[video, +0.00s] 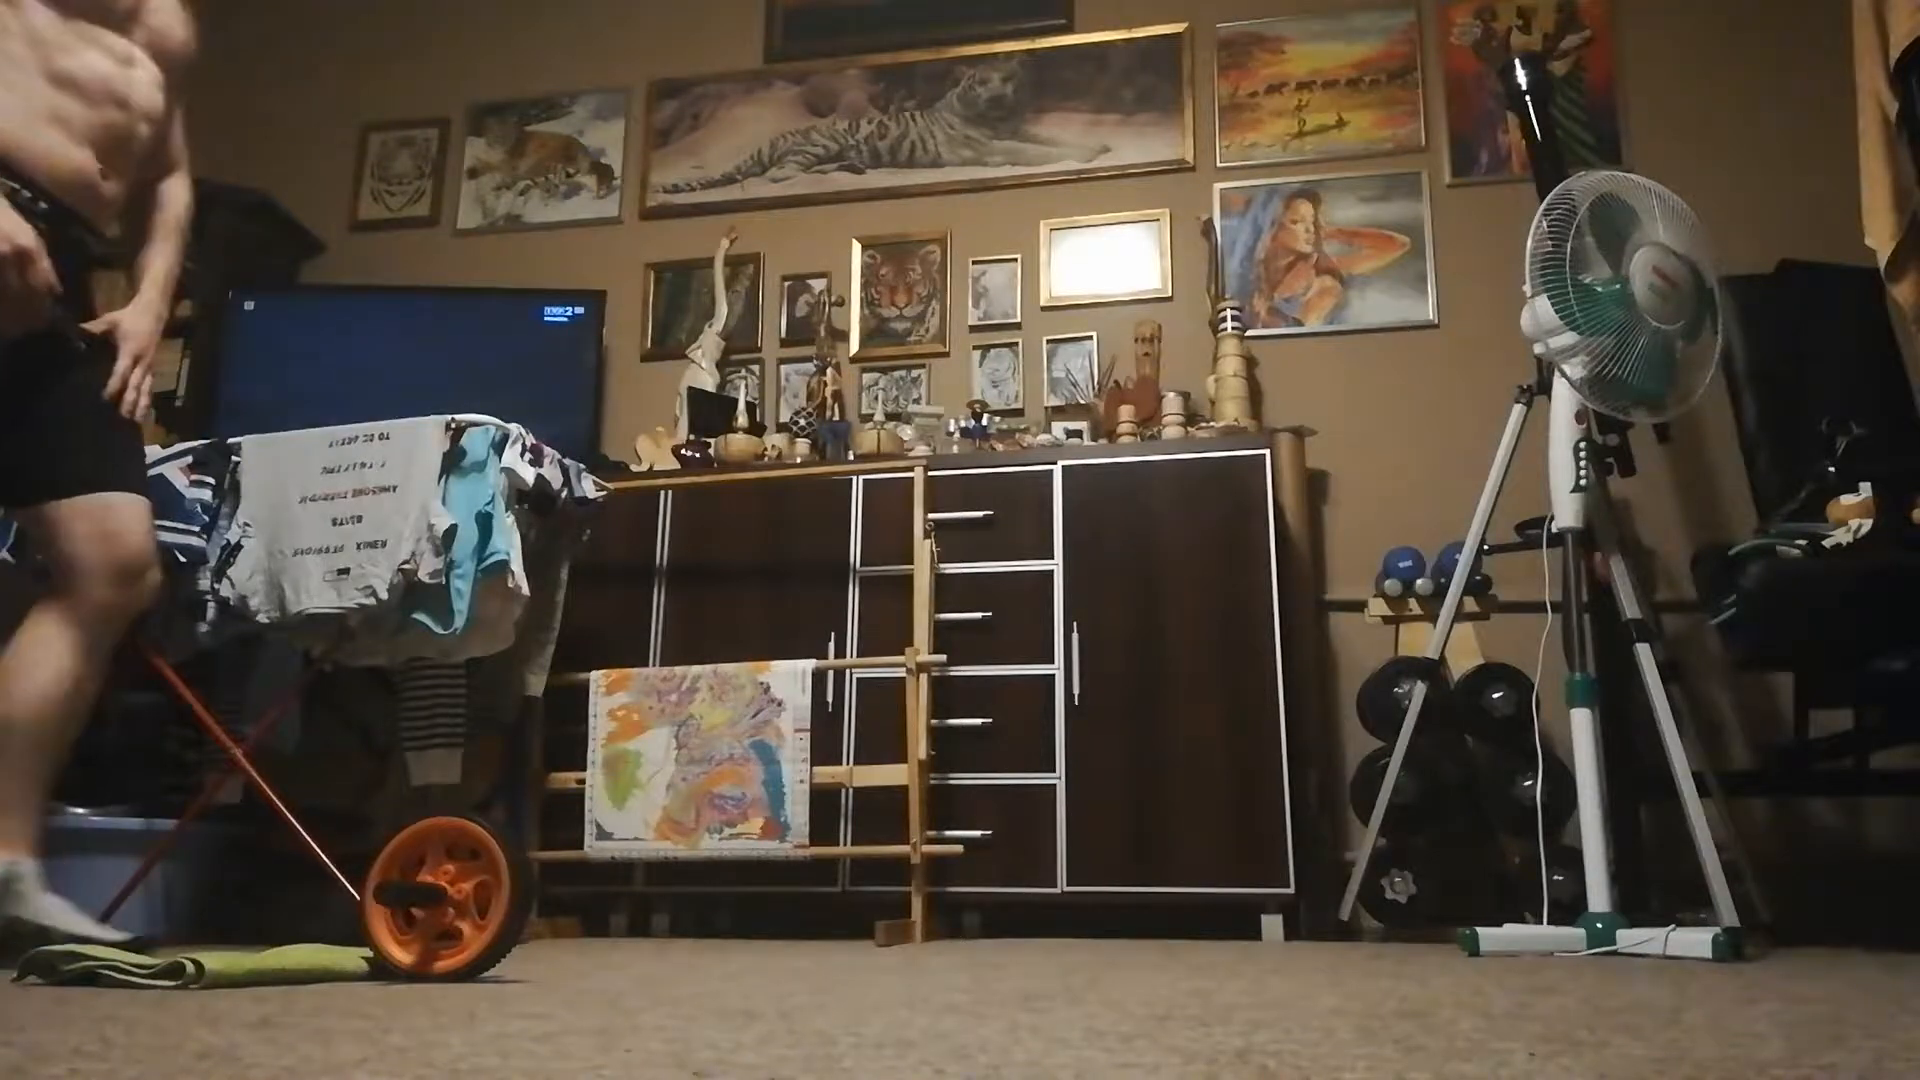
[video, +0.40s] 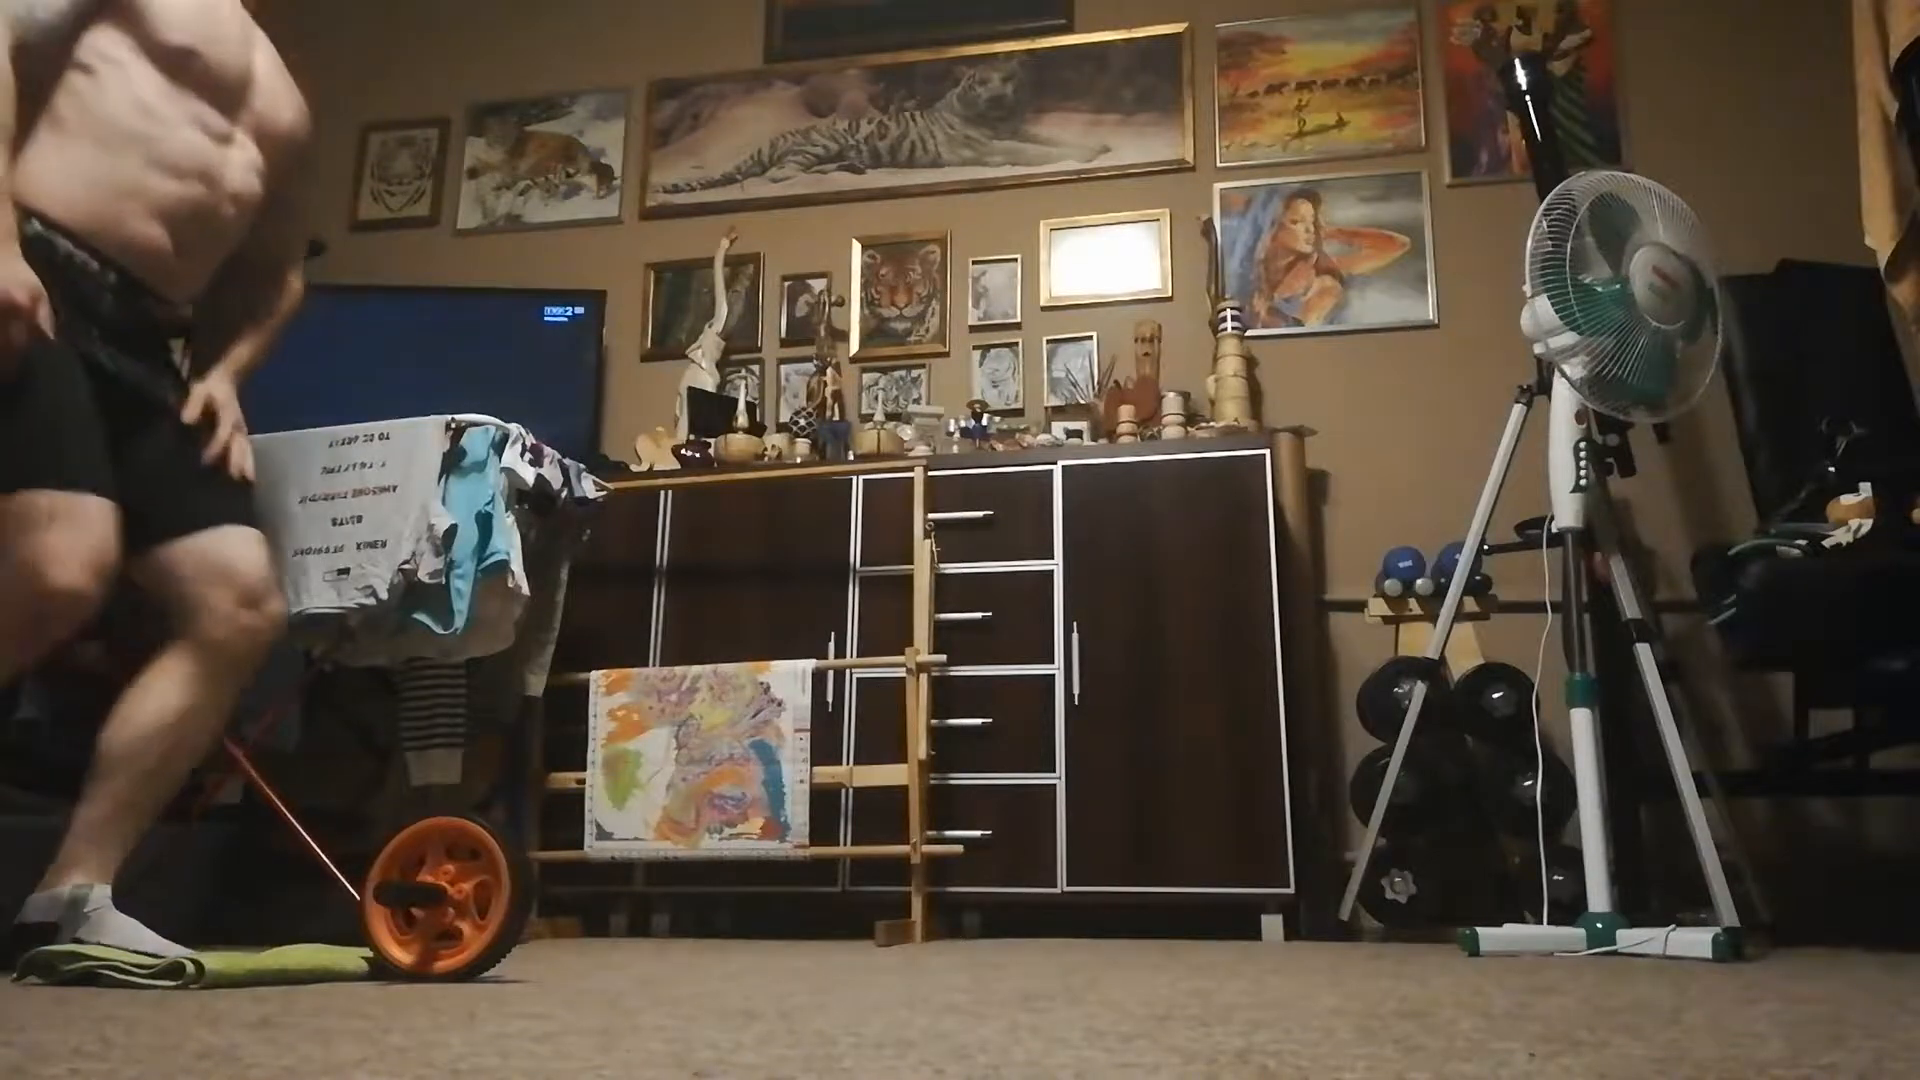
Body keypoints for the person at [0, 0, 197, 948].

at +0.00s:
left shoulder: (161, 28)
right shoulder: (27, 16)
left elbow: (171, 170)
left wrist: (150, 300)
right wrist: (3, 211)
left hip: (69, 277)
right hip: (8, 241)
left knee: (111, 563)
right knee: (101, 563)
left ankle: (12, 868)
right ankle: (13, 869)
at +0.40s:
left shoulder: (289, 110)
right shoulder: (106, 5)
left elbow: (279, 265)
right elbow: (9, 52)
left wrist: (228, 369)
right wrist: (2, 242)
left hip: (151, 347)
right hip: (34, 273)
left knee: (239, 607)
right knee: (58, 568)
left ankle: (73, 892)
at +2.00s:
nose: (480, 123)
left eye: (494, 104)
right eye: (462, 88)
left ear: (499, 112)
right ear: (376, 47)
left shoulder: (443, 288)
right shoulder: (228, 164)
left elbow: (528, 437)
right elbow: (112, 335)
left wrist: (539, 277)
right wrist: (137, 544)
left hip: (357, 592)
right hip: (218, 545)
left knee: (328, 938)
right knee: (165, 925)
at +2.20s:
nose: (546, 179)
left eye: (560, 161)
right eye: (535, 144)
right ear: (455, 101)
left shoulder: (476, 310)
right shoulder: (293, 176)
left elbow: (566, 451)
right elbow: (154, 324)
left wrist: (551, 283)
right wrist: (207, 519)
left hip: (374, 602)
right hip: (244, 552)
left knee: (334, 932)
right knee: (172, 923)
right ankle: (6, 779)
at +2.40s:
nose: (543, 172)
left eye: (559, 156)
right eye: (531, 137)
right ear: (451, 90)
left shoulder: (485, 303)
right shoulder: (290, 170)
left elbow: (536, 491)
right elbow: (157, 321)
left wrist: (555, 319)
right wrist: (222, 519)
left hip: (373, 598)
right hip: (245, 549)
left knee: (335, 930)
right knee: (199, 919)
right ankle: (4, 821)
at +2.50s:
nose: (528, 155)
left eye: (544, 135)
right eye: (515, 116)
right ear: (436, 70)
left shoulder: (476, 305)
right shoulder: (270, 167)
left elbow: (496, 491)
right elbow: (152, 342)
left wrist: (576, 439)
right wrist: (222, 551)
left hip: (360, 598)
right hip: (221, 551)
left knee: (333, 933)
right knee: (190, 920)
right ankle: (13, 843)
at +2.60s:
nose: (514, 147)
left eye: (534, 125)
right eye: (501, 105)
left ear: (541, 129)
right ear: (421, 57)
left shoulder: (464, 300)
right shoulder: (252, 167)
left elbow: (478, 490)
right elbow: (152, 362)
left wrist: (558, 551)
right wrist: (242, 587)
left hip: (331, 601)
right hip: (187, 563)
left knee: (333, 932)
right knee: (182, 923)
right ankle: (7, 839)